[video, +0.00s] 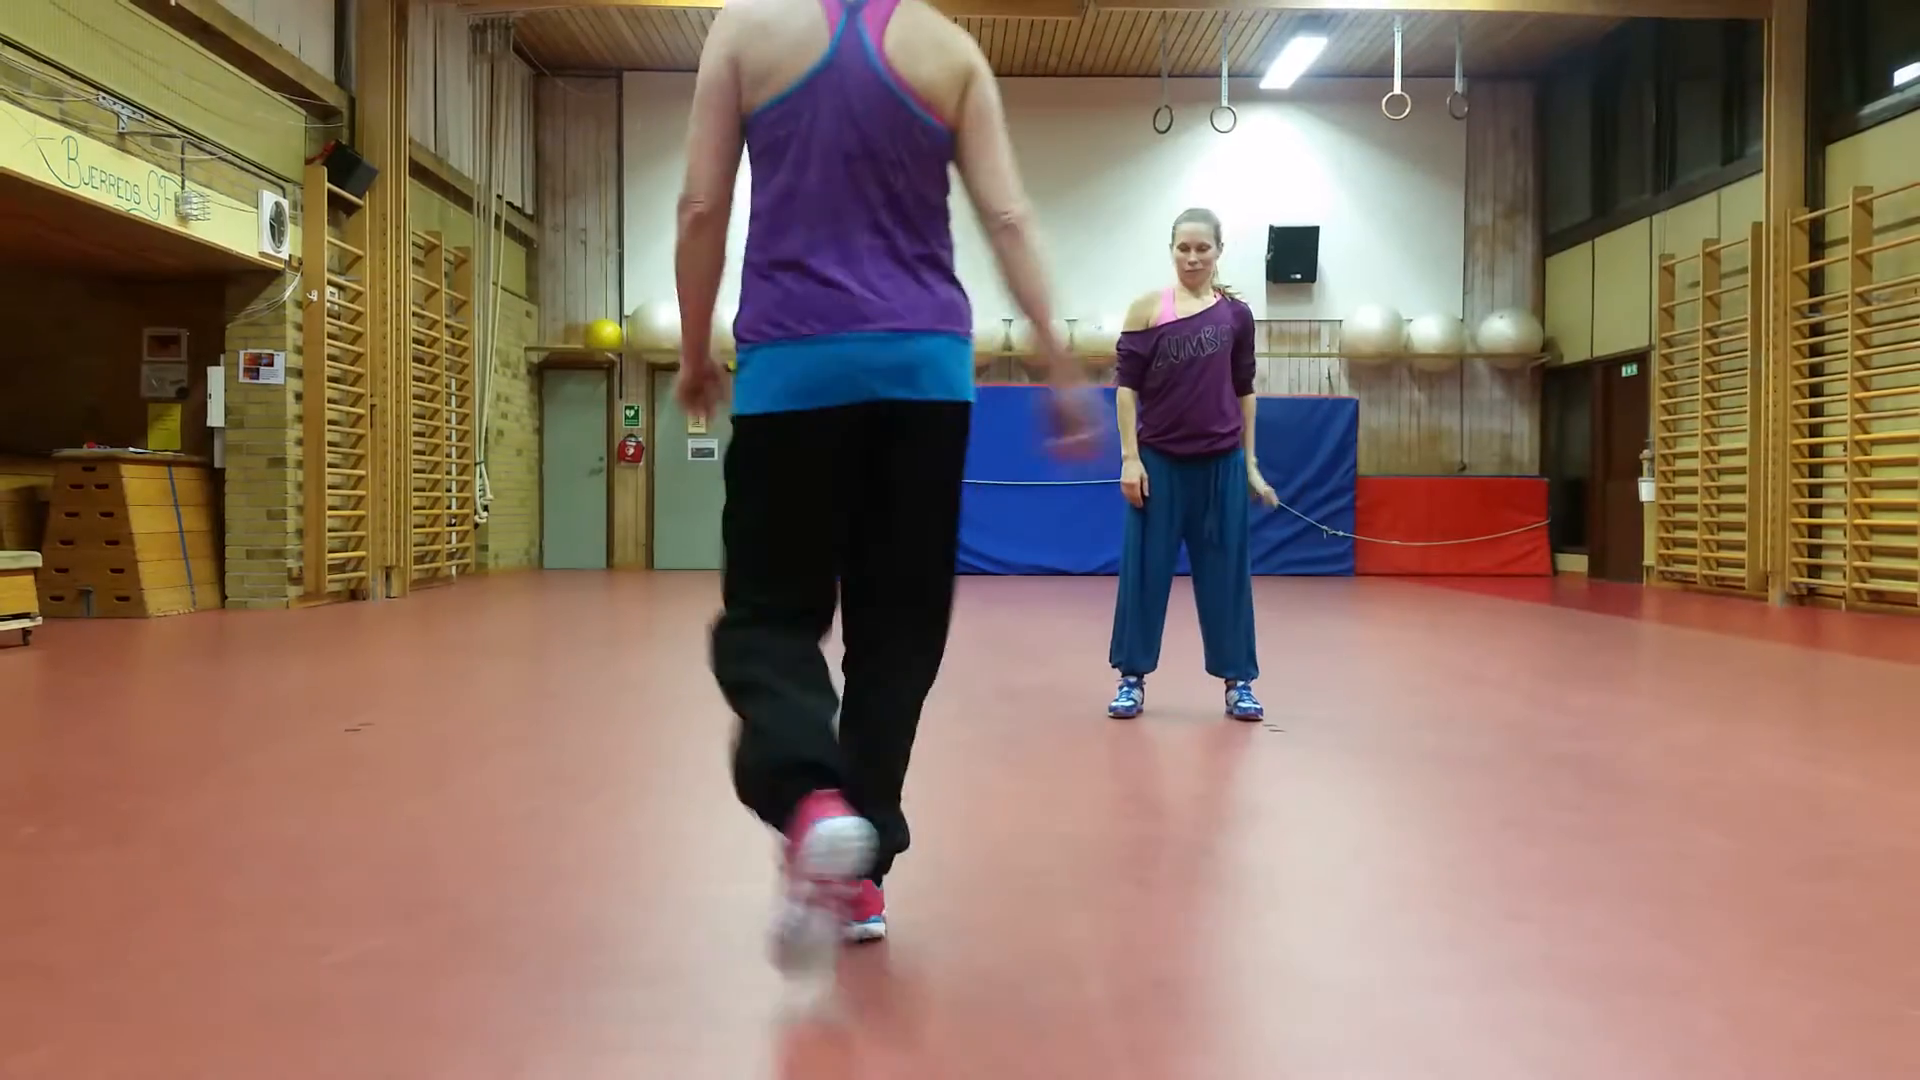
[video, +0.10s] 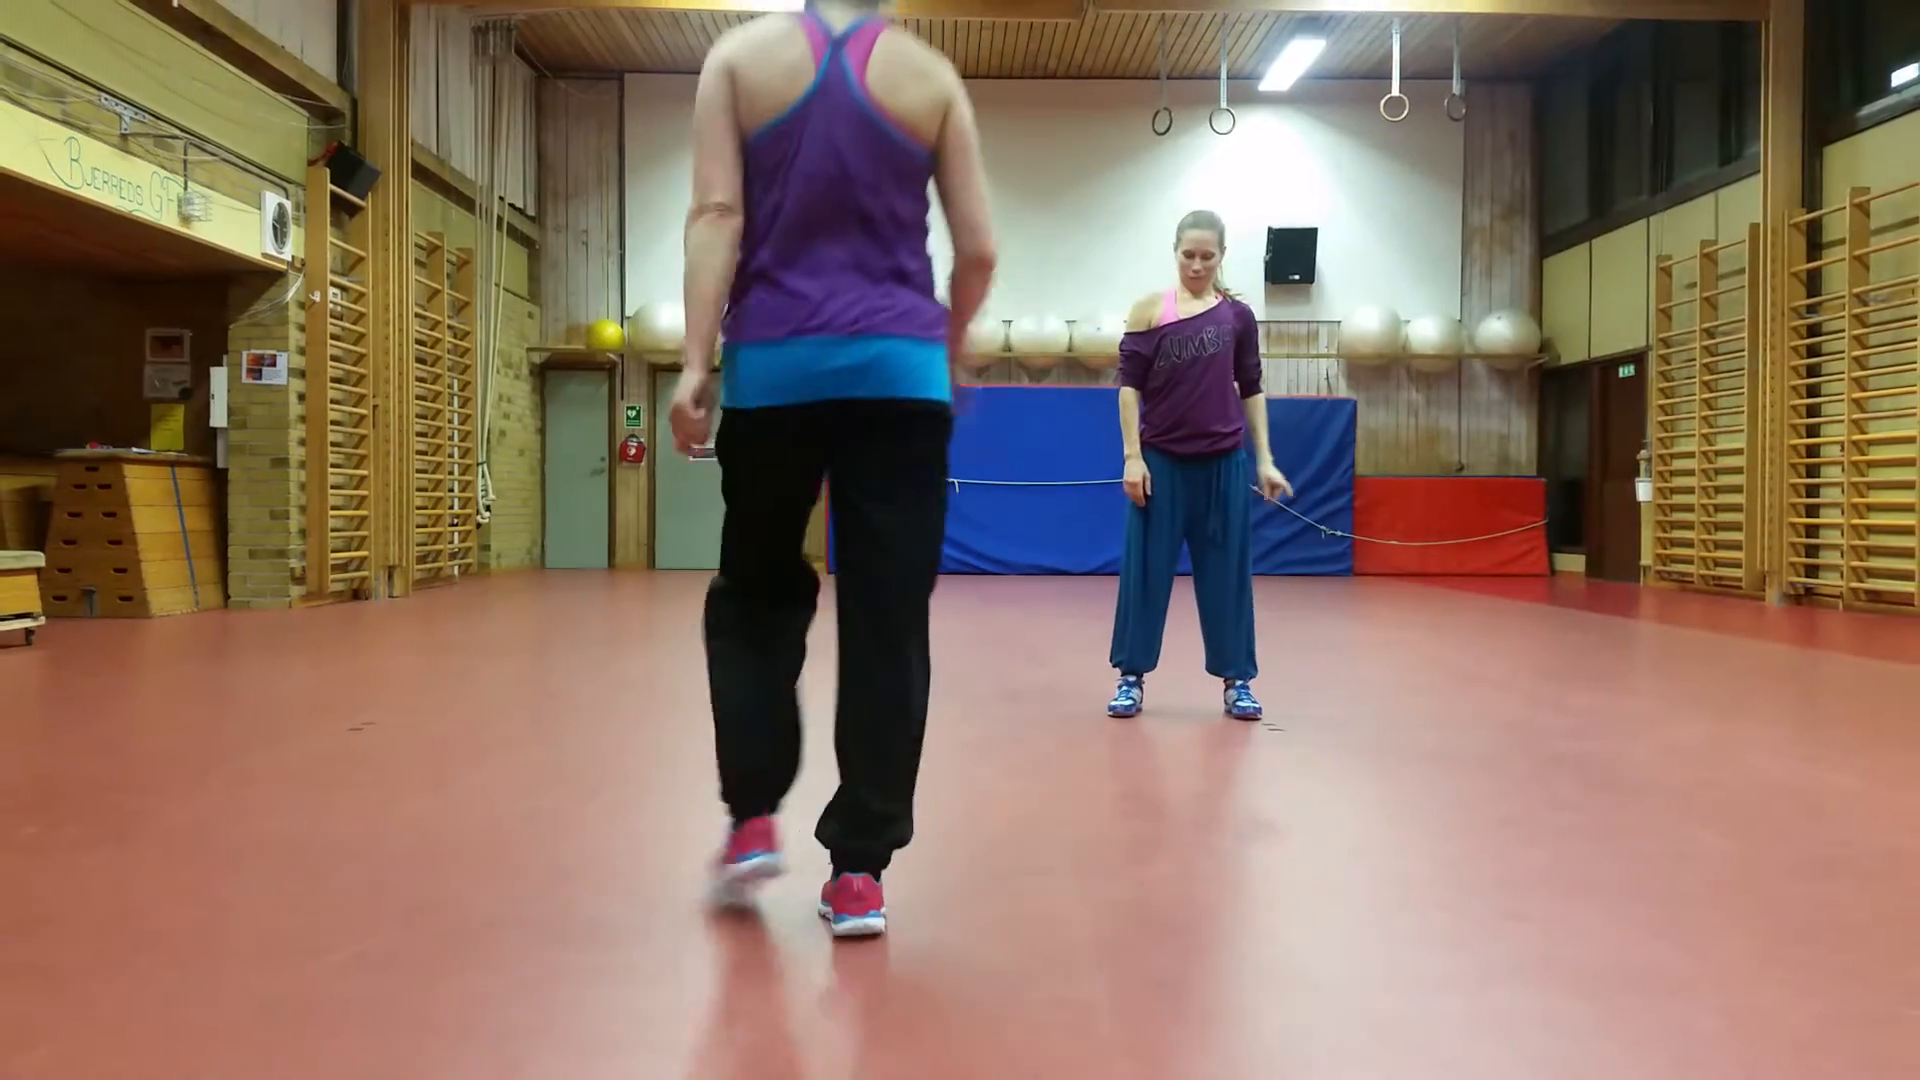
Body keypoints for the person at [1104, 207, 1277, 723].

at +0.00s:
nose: (1192, 257)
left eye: (1202, 248)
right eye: (1184, 248)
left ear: (1218, 252)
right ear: (1172, 251)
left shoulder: (1236, 313)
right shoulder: (1147, 309)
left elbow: (1245, 390)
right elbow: (1126, 387)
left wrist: (1250, 463)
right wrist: (1130, 458)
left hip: (1222, 460)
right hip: (1158, 459)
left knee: (1228, 571)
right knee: (1144, 571)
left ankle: (1238, 682)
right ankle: (1131, 679)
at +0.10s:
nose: (1197, 264)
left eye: (1206, 256)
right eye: (1189, 255)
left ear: (1221, 257)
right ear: (1176, 252)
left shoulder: (1238, 314)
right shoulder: (1150, 310)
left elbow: (1252, 388)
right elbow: (1128, 386)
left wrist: (1264, 457)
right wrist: (1133, 457)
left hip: (1225, 460)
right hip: (1161, 459)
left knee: (1229, 569)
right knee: (1145, 569)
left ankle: (1237, 681)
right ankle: (1130, 677)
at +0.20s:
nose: (1202, 270)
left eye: (1212, 262)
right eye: (1194, 260)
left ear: (1225, 261)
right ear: (1180, 255)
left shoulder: (1241, 316)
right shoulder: (1152, 312)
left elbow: (1259, 386)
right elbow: (1132, 386)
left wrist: (1277, 450)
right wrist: (1137, 455)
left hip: (1226, 460)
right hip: (1163, 460)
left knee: (1231, 568)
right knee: (1146, 567)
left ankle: (1236, 680)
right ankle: (1130, 676)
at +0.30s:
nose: (1213, 274)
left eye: (1222, 265)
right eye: (1205, 264)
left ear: (1234, 259)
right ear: (1188, 252)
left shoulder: (1249, 313)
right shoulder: (1158, 310)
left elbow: (1268, 383)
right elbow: (1138, 384)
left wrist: (1290, 446)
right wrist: (1144, 453)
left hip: (1232, 461)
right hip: (1169, 460)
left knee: (1236, 570)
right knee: (1151, 568)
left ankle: (1239, 681)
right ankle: (1131, 677)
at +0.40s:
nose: (1220, 275)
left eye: (1230, 266)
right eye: (1212, 265)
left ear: (1242, 261)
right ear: (1195, 253)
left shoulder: (1256, 312)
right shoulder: (1165, 308)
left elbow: (1276, 382)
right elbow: (1143, 383)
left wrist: (1295, 446)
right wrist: (1150, 452)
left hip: (1237, 461)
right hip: (1174, 460)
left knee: (1240, 570)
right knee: (1155, 569)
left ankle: (1241, 682)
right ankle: (1133, 677)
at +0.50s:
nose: (1225, 279)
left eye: (1236, 269)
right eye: (1217, 267)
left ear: (1249, 262)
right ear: (1200, 255)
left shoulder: (1261, 313)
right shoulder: (1169, 309)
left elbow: (1279, 384)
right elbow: (1150, 384)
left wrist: (1294, 452)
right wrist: (1154, 455)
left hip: (1242, 461)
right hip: (1178, 461)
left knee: (1243, 571)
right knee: (1159, 569)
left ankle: (1240, 682)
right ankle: (1133, 677)